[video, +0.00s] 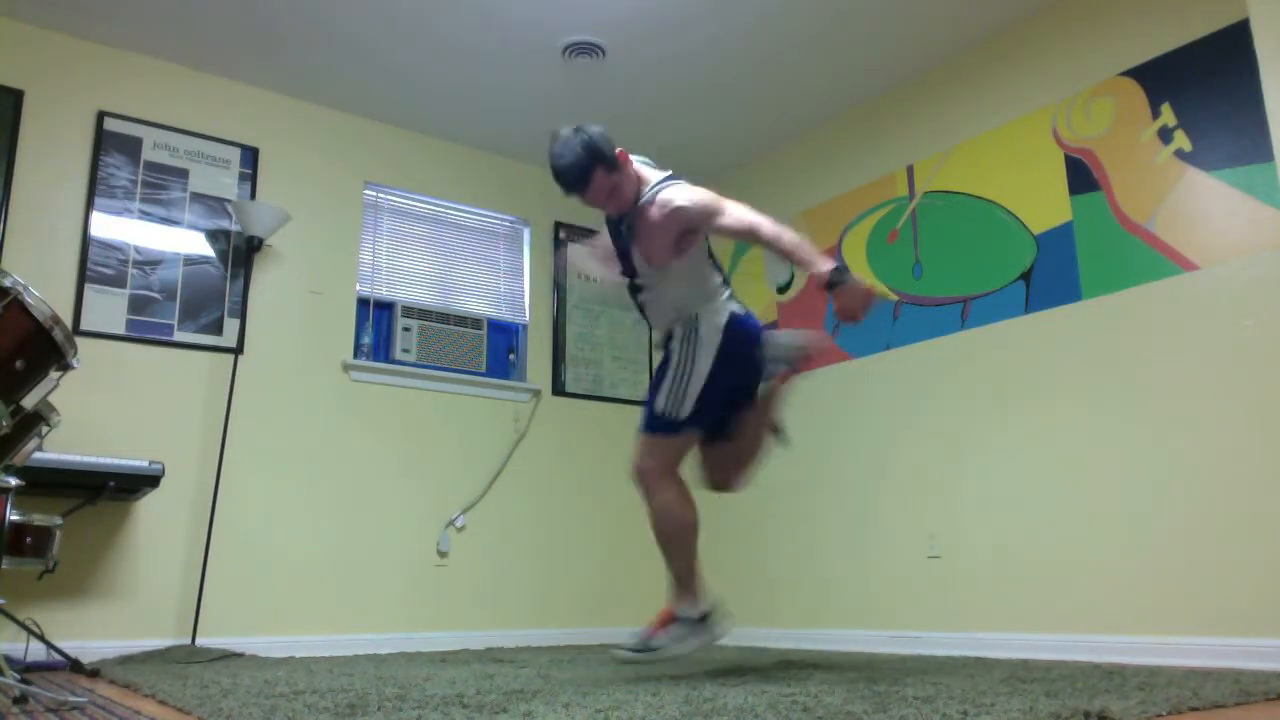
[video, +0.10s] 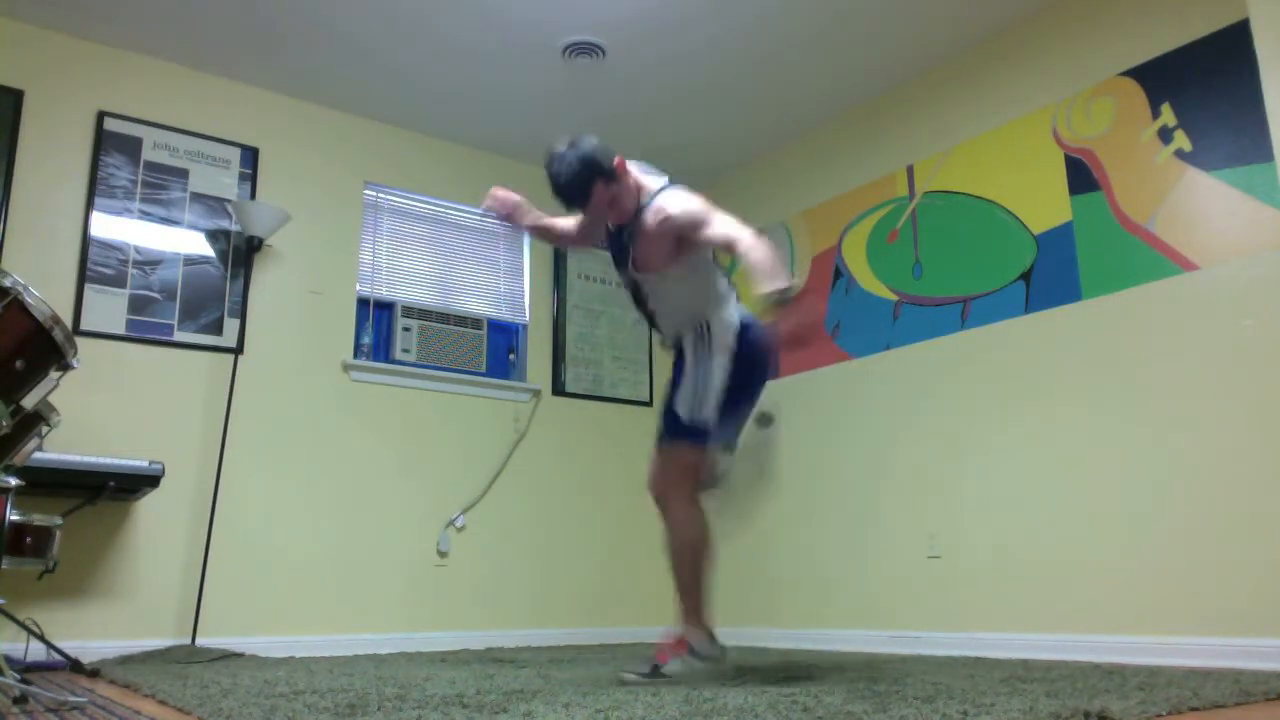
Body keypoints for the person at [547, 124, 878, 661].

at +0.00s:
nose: (606, 204)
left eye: (608, 190)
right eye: (594, 201)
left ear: (622, 161)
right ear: (581, 195)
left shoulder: (671, 204)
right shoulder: (621, 181)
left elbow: (760, 227)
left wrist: (832, 275)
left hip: (705, 334)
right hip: (711, 329)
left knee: (653, 470)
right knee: (725, 472)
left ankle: (690, 610)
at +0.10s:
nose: (606, 214)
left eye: (608, 200)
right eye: (595, 209)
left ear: (624, 171)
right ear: (584, 204)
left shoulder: (671, 210)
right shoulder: (610, 209)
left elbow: (744, 238)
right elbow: (581, 234)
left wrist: (772, 279)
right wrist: (529, 220)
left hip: (723, 342)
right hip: (695, 344)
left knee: (673, 484)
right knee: (673, 478)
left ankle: (696, 635)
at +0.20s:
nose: (606, 230)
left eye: (608, 215)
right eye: (592, 224)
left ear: (622, 186)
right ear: (580, 219)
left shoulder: (669, 223)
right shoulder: (619, 202)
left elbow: (734, 266)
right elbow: (574, 234)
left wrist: (719, 325)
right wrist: (560, 251)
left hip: (717, 361)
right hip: (691, 366)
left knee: (659, 498)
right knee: (660, 501)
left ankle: (699, 646)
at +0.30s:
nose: (608, 214)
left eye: (609, 200)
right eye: (596, 210)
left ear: (625, 168)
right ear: (583, 201)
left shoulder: (674, 214)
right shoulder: (626, 208)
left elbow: (734, 275)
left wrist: (719, 348)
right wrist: (620, 273)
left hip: (700, 358)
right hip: (673, 361)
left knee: (647, 490)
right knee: (658, 498)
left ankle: (691, 635)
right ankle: (745, 609)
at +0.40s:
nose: (611, 205)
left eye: (615, 190)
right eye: (597, 199)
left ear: (633, 161)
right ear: (583, 189)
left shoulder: (679, 218)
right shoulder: (630, 194)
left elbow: (737, 284)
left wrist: (739, 367)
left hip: (697, 357)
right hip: (670, 359)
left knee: (652, 501)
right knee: (655, 505)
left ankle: (697, 645)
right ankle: (748, 616)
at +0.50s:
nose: (617, 207)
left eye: (623, 190)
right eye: (604, 200)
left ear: (643, 162)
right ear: (590, 192)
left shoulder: (684, 220)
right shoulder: (628, 211)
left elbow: (747, 285)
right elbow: (653, 265)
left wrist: (764, 357)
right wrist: (618, 273)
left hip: (700, 359)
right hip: (672, 362)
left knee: (650, 503)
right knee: (653, 509)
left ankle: (699, 645)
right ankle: (752, 602)